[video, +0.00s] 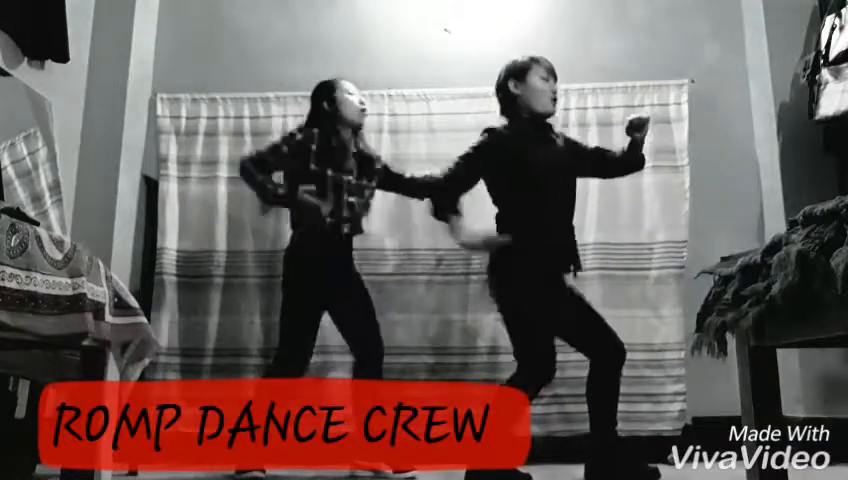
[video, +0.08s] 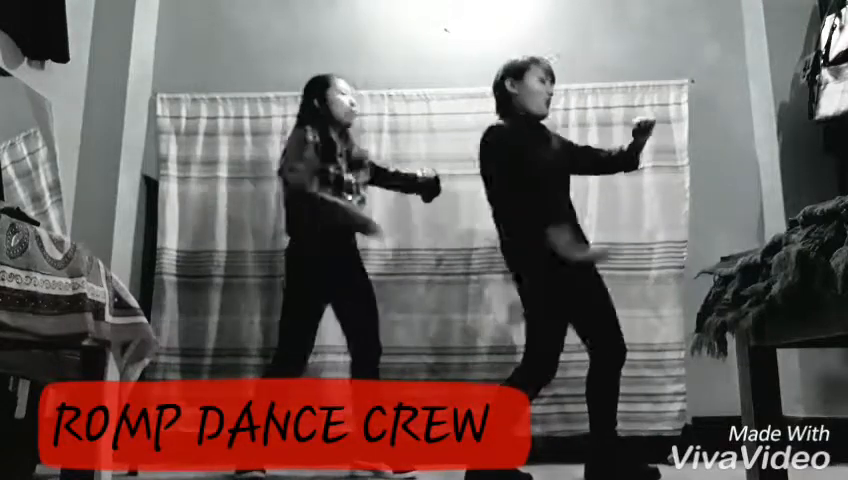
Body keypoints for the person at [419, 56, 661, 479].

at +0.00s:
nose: (555, 86)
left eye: (554, 79)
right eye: (545, 78)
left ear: (551, 92)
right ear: (516, 89)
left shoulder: (559, 147)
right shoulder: (499, 143)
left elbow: (617, 165)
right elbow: (444, 191)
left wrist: (635, 146)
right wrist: (461, 233)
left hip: (543, 273)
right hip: (517, 272)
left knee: (536, 369)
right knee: (608, 352)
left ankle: (479, 454)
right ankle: (604, 459)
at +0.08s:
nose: (552, 90)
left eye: (551, 83)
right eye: (544, 81)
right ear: (513, 86)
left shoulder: (546, 143)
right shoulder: (502, 139)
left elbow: (586, 159)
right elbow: (520, 202)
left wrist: (631, 152)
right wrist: (557, 240)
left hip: (558, 262)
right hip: (546, 263)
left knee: (538, 366)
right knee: (608, 350)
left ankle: (481, 448)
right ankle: (604, 458)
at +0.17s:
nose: (545, 99)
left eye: (547, 92)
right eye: (538, 89)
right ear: (508, 91)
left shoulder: (532, 145)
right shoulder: (501, 139)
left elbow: (607, 170)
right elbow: (551, 185)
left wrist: (637, 149)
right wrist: (607, 218)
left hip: (542, 268)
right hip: (552, 266)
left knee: (543, 369)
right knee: (612, 349)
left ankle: (479, 448)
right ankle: (604, 458)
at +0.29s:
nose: (546, 119)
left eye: (549, 112)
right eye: (542, 107)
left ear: (513, 105)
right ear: (512, 99)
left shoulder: (473, 148)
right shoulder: (525, 152)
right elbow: (598, 194)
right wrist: (632, 171)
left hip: (510, 276)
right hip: (538, 273)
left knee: (543, 373)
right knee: (615, 347)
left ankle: (480, 447)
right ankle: (605, 456)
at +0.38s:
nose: (568, 107)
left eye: (572, 101)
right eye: (565, 94)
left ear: (554, 97)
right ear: (537, 85)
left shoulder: (546, 148)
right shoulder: (499, 127)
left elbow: (605, 193)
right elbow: (498, 186)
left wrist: (633, 174)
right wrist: (516, 236)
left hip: (545, 266)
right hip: (531, 264)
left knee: (532, 367)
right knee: (605, 348)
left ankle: (479, 451)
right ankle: (613, 455)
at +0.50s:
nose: (614, 75)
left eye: (615, 68)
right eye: (608, 65)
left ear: (587, 69)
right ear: (579, 65)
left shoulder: (581, 118)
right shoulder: (555, 104)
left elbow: (614, 164)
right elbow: (514, 147)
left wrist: (647, 164)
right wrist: (495, 199)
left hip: (576, 248)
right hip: (565, 248)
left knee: (534, 340)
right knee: (594, 352)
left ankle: (486, 435)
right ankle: (614, 453)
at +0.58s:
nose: (640, 73)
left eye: (640, 65)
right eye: (634, 63)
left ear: (611, 65)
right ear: (605, 62)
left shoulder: (606, 113)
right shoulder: (582, 98)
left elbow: (634, 160)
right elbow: (536, 128)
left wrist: (666, 159)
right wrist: (507, 175)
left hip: (597, 243)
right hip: (583, 241)